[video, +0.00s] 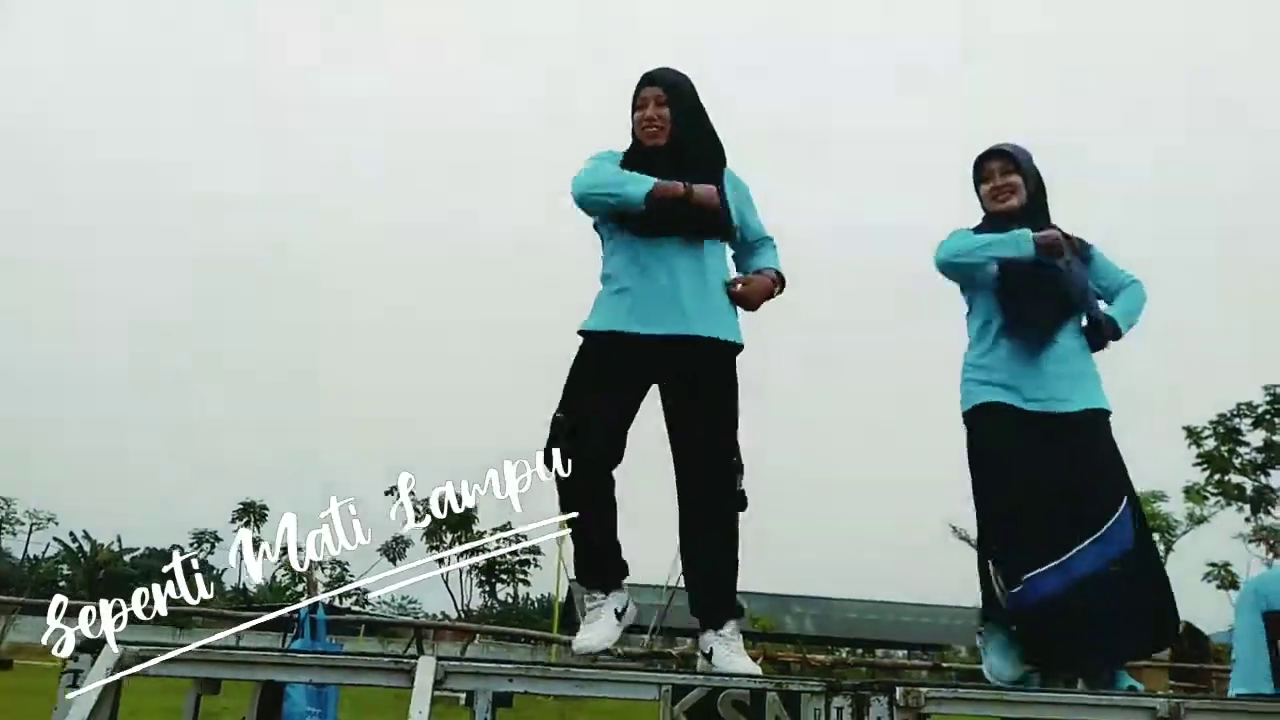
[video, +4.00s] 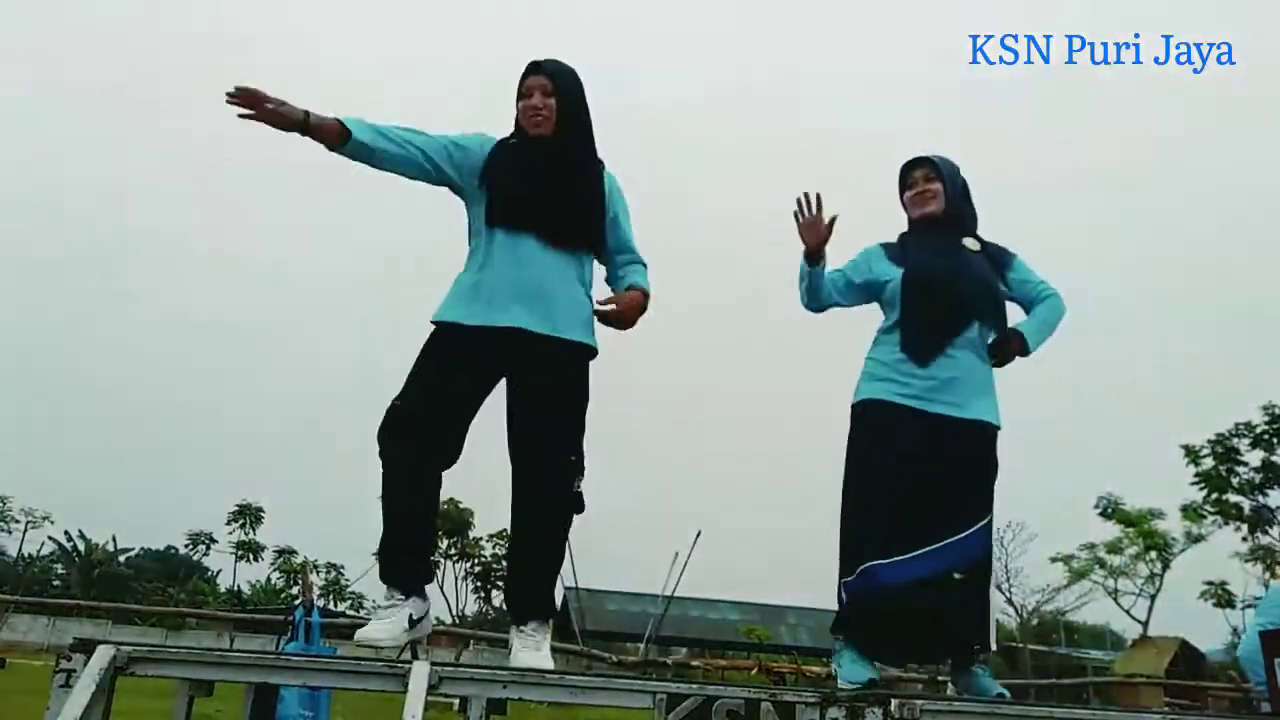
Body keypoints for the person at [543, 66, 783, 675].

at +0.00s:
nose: (651, 115)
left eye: (663, 106)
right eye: (642, 107)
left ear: (688, 114)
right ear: (632, 118)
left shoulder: (724, 182)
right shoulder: (612, 166)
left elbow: (757, 244)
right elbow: (586, 189)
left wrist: (766, 277)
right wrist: (680, 192)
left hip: (703, 336)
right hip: (619, 332)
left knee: (712, 481)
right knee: (575, 455)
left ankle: (719, 628)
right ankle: (605, 596)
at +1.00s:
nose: (509, 87)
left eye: (522, 81)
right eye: (501, 78)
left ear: (540, 98)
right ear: (484, 88)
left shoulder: (557, 172)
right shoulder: (444, 144)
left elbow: (571, 260)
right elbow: (377, 192)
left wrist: (600, 298)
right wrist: (301, 228)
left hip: (524, 328)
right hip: (438, 321)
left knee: (527, 473)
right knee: (383, 460)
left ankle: (525, 620)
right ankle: (340, 609)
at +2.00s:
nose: (583, 106)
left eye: (588, 100)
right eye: (573, 94)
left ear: (589, 114)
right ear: (539, 97)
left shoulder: (601, 179)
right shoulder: (489, 159)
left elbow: (676, 196)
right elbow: (442, 206)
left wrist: (616, 164)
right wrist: (418, 240)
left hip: (577, 329)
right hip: (491, 319)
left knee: (574, 478)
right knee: (436, 453)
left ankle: (566, 630)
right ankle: (402, 606)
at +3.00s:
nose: (654, 137)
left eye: (665, 129)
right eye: (646, 130)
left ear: (690, 140)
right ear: (634, 143)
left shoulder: (719, 212)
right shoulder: (609, 192)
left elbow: (766, 270)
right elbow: (606, 227)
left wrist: (764, 301)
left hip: (704, 354)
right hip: (622, 354)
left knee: (712, 496)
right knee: (619, 480)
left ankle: (699, 640)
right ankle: (643, 634)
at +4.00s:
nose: (534, 104)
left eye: (548, 96)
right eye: (526, 96)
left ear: (572, 108)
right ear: (515, 108)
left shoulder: (598, 182)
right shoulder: (483, 154)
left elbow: (626, 257)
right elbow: (396, 145)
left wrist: (633, 298)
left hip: (559, 333)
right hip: (473, 321)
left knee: (548, 479)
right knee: (410, 438)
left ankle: (531, 626)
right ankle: (406, 597)